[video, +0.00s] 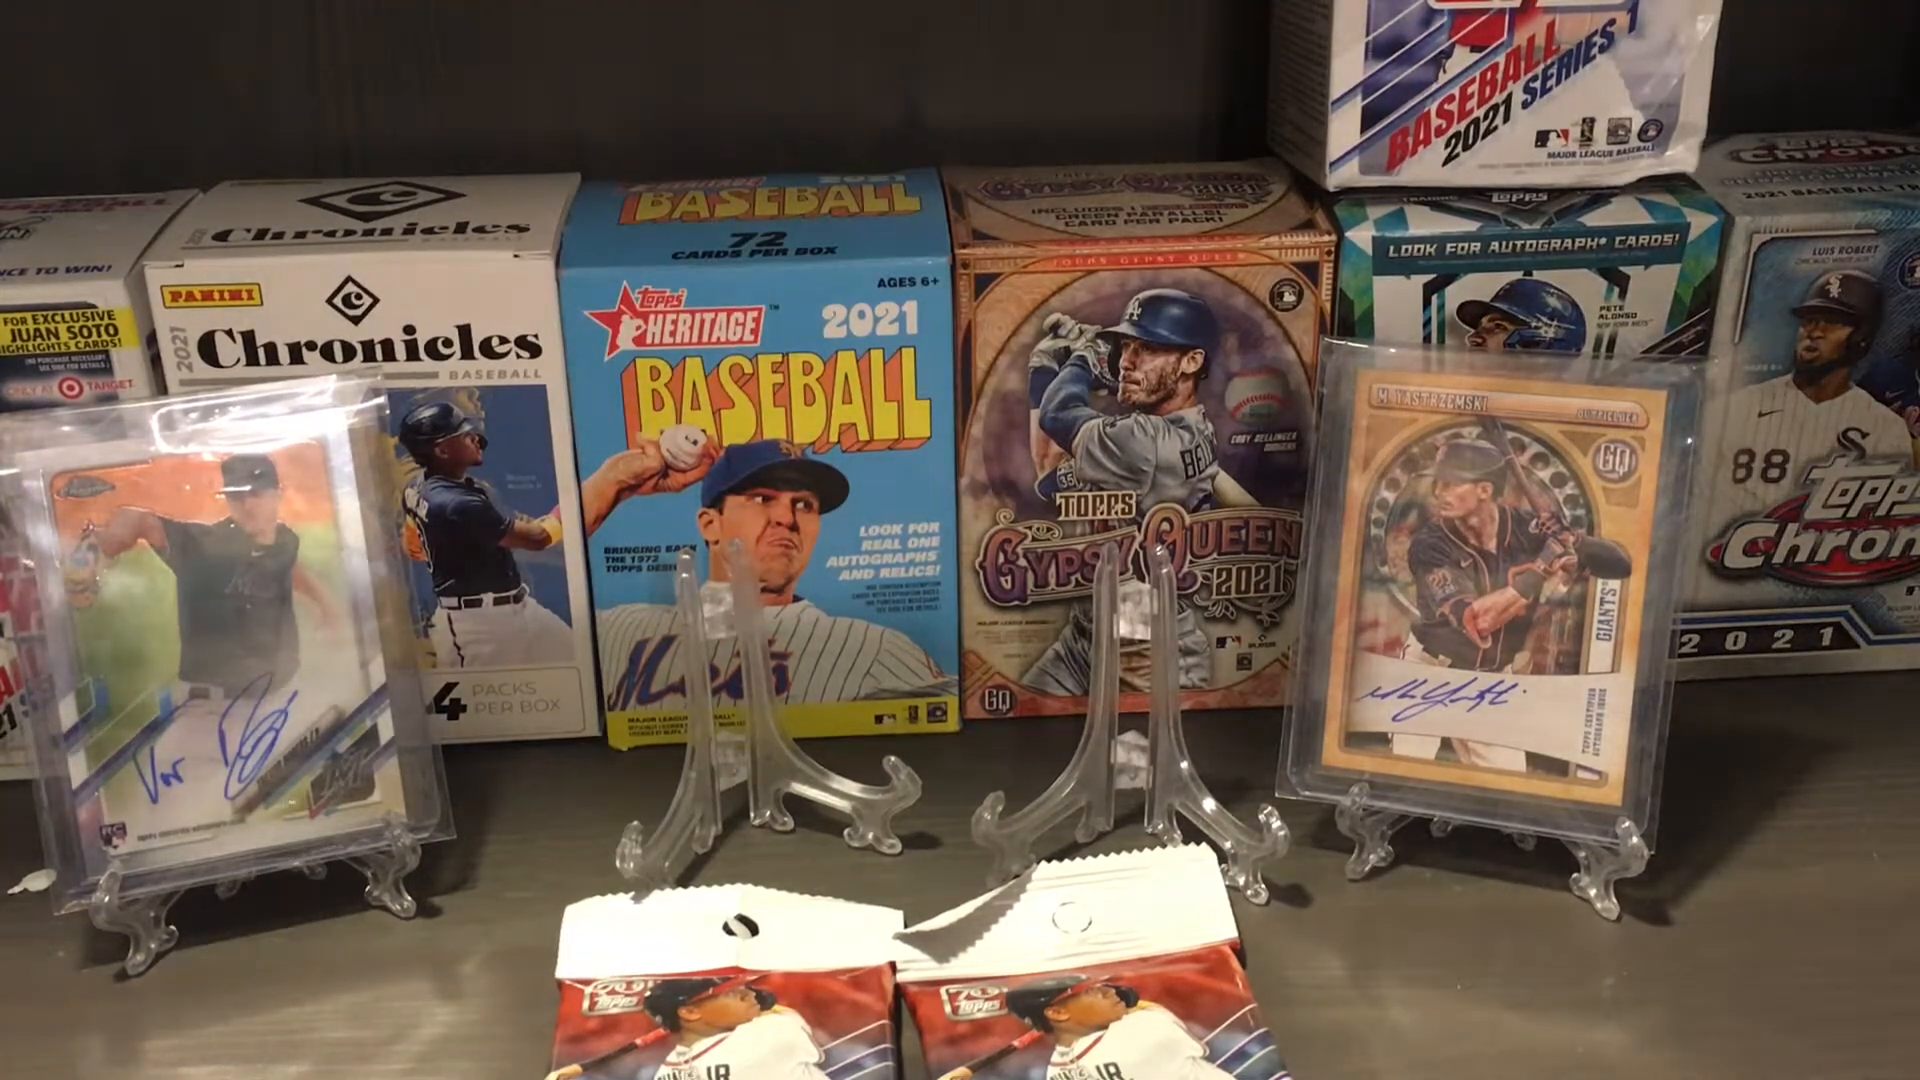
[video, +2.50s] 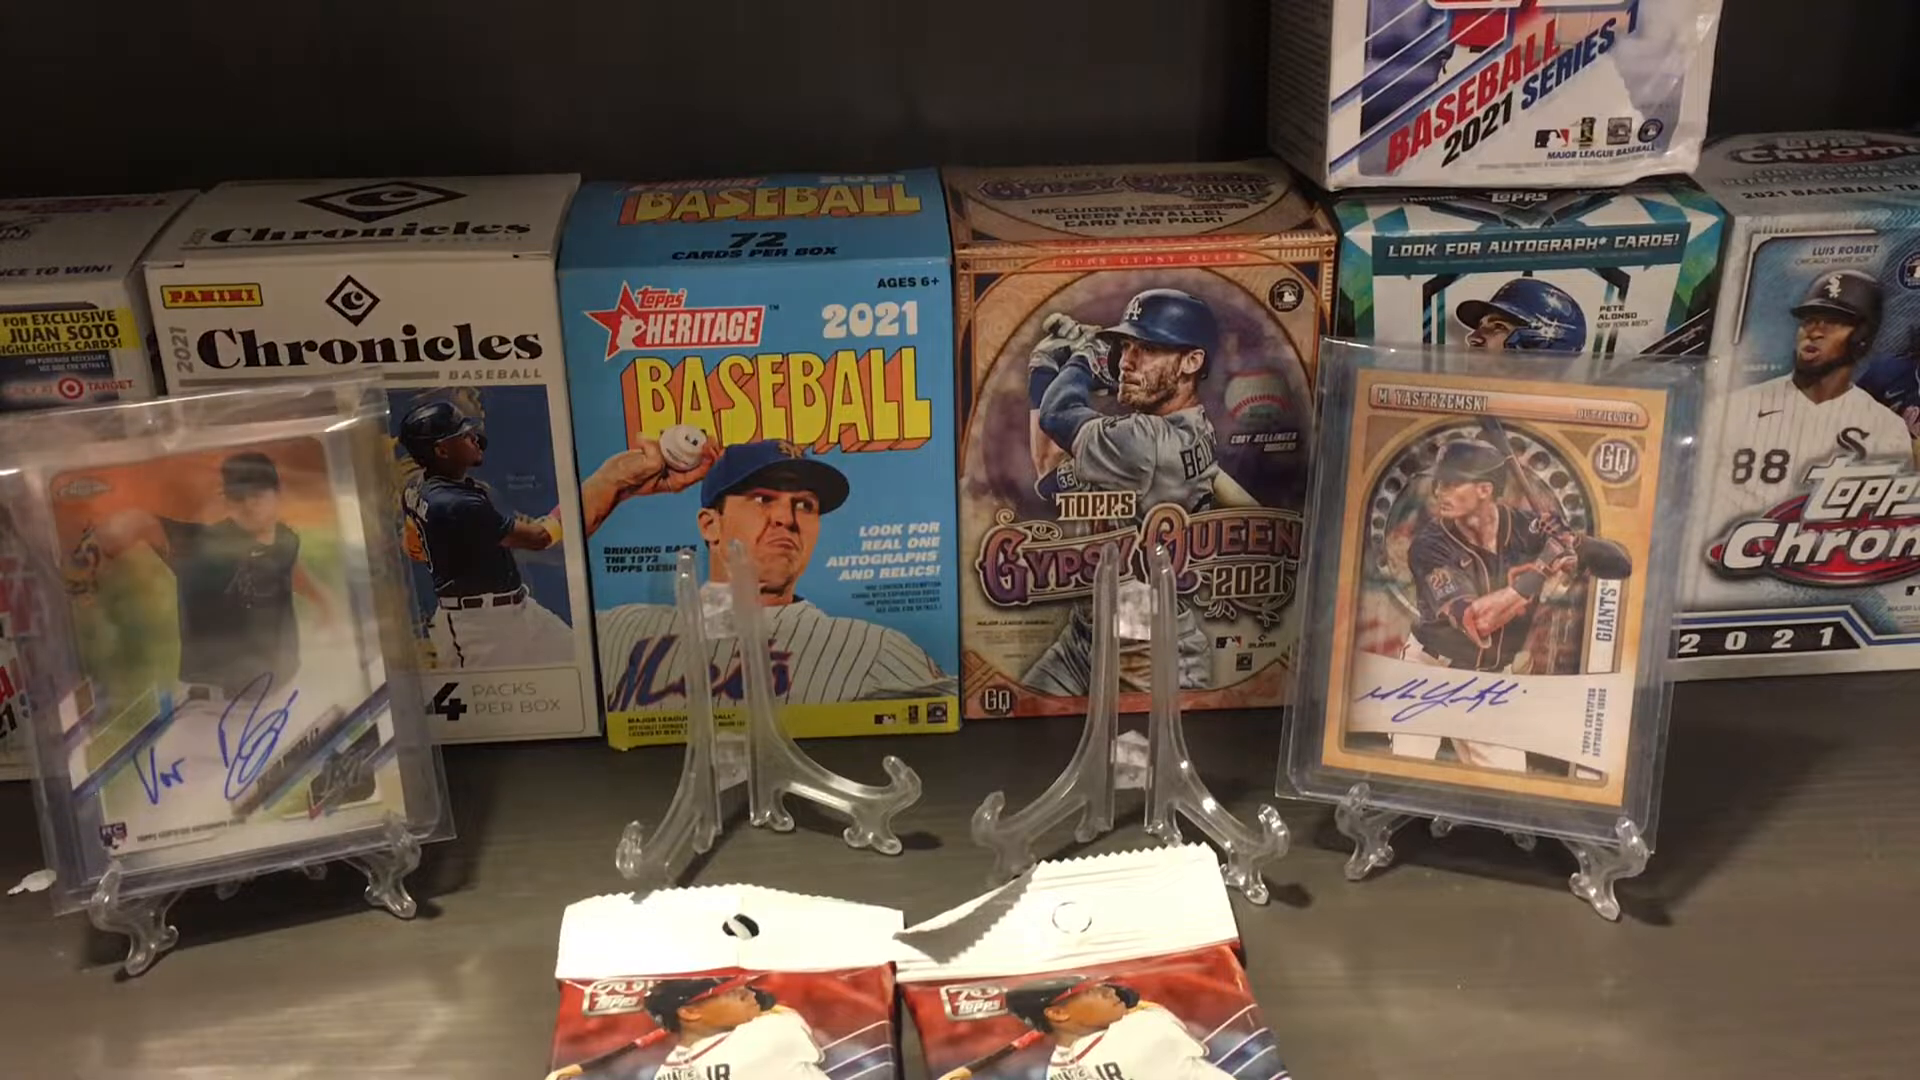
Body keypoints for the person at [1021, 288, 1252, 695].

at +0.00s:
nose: (1127, 362)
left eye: (1148, 350)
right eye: (1126, 348)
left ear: (1190, 363)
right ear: (1120, 349)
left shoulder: (1142, 440)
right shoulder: (1187, 430)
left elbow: (1059, 411)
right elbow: (1047, 478)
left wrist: (1086, 359)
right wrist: (1042, 369)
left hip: (1160, 646)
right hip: (1092, 637)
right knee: (1013, 736)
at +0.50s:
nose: (1127, 362)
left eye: (1148, 350)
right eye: (1126, 347)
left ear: (1190, 363)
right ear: (1120, 349)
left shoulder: (1141, 440)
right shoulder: (1187, 430)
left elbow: (1059, 411)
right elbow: (1048, 478)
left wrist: (1086, 359)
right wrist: (1042, 369)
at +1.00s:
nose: (1127, 361)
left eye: (1147, 350)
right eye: (1126, 347)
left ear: (1191, 363)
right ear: (1119, 348)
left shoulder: (1139, 441)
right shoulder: (1190, 431)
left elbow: (1060, 410)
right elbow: (1050, 475)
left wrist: (1085, 361)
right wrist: (1042, 369)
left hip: (1161, 648)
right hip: (1089, 642)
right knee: (1011, 737)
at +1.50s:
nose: (1127, 361)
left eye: (1145, 349)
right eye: (1126, 347)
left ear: (1191, 363)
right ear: (1118, 349)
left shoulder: (1143, 442)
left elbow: (1060, 411)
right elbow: (1049, 476)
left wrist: (1083, 362)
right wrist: (1043, 366)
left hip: (1159, 650)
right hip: (1087, 642)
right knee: (1011, 738)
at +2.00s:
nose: (1127, 362)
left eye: (1147, 350)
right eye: (1126, 348)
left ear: (1190, 363)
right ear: (1121, 349)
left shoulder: (1143, 441)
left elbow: (1060, 410)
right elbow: (1048, 475)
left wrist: (1086, 360)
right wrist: (1042, 372)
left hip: (1158, 647)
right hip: (1092, 638)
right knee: (1012, 736)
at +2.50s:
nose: (1128, 362)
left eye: (1147, 350)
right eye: (1127, 347)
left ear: (1190, 363)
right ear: (1121, 348)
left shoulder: (1141, 440)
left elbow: (1060, 410)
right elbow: (1049, 475)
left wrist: (1086, 361)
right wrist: (1041, 373)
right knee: (1011, 737)